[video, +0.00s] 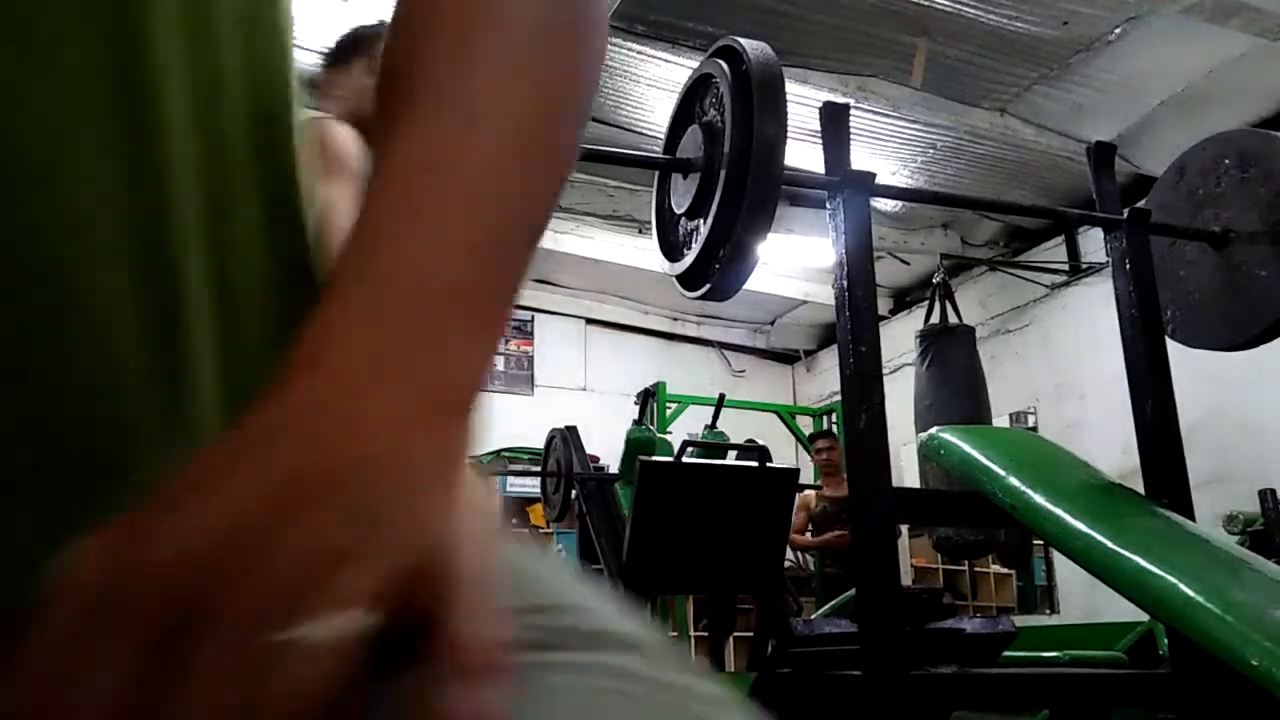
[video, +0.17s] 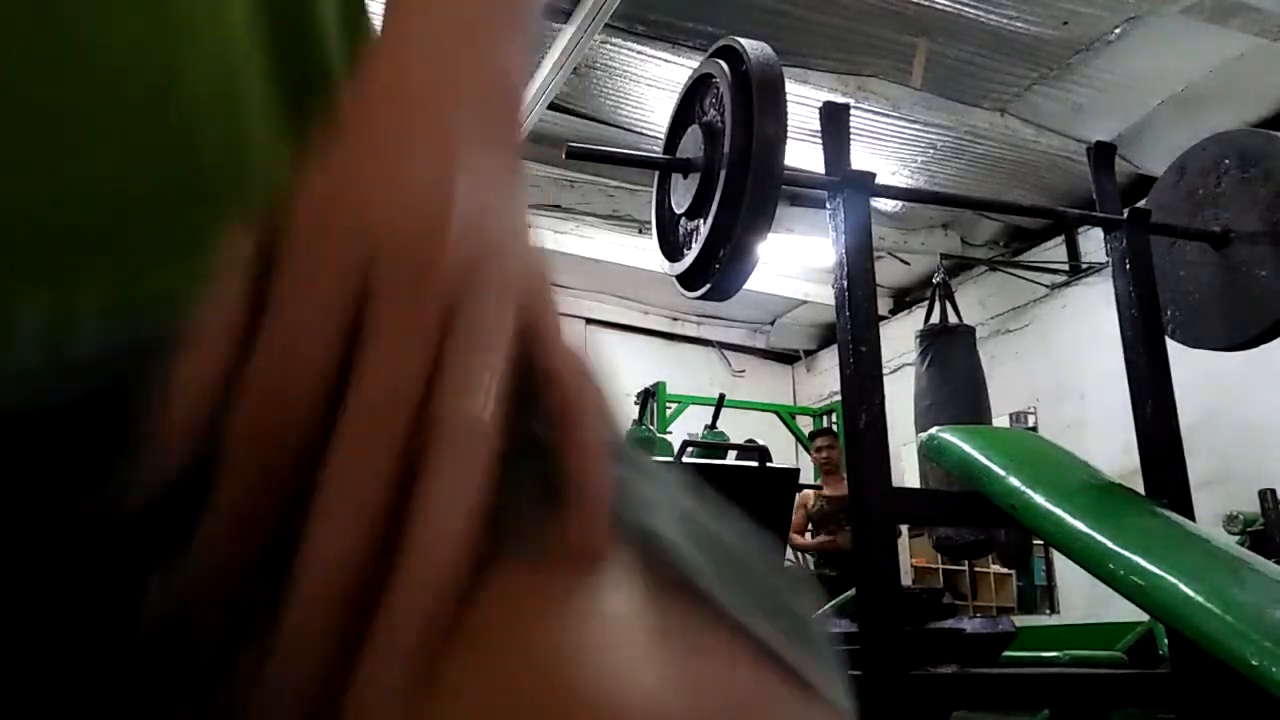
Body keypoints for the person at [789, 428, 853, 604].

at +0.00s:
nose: (825, 457)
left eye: (831, 450)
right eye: (819, 452)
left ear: (841, 452)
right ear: (813, 458)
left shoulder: (857, 490)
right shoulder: (809, 498)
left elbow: (892, 529)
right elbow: (794, 538)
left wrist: (854, 537)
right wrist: (823, 540)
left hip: (862, 570)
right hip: (829, 575)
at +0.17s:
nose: (825, 455)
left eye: (831, 448)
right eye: (818, 450)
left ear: (841, 451)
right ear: (812, 457)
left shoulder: (857, 489)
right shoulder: (808, 496)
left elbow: (892, 529)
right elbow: (794, 536)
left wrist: (851, 538)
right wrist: (816, 544)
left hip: (861, 569)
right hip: (828, 573)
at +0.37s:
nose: (826, 450)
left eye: (832, 443)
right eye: (820, 445)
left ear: (843, 446)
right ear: (814, 451)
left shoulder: (858, 486)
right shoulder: (808, 493)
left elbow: (878, 525)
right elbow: (798, 537)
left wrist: (851, 534)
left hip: (856, 568)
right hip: (822, 571)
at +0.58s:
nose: (822, 445)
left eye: (829, 438)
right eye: (816, 440)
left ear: (842, 443)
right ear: (811, 445)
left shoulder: (854, 482)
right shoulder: (806, 488)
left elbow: (872, 523)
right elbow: (795, 534)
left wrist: (845, 533)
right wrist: (789, 573)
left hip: (850, 569)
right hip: (814, 571)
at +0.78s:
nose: (803, 443)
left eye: (809, 436)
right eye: (798, 438)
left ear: (824, 439)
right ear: (796, 444)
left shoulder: (842, 481)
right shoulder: (798, 484)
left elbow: (860, 522)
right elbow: (793, 528)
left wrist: (829, 532)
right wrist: (791, 561)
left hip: (838, 570)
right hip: (804, 570)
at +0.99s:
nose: (779, 442)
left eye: (785, 434)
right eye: (775, 437)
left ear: (802, 437)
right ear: (772, 442)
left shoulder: (827, 478)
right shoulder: (777, 480)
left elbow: (841, 523)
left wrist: (808, 550)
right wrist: (781, 552)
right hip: (781, 567)